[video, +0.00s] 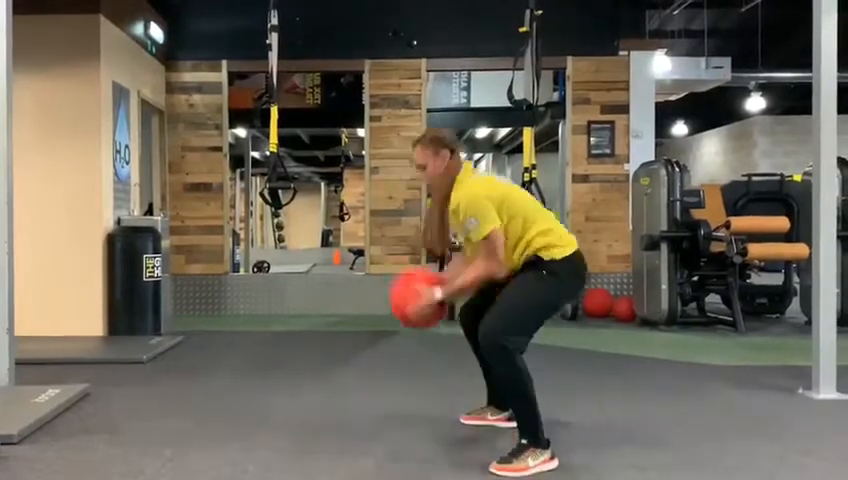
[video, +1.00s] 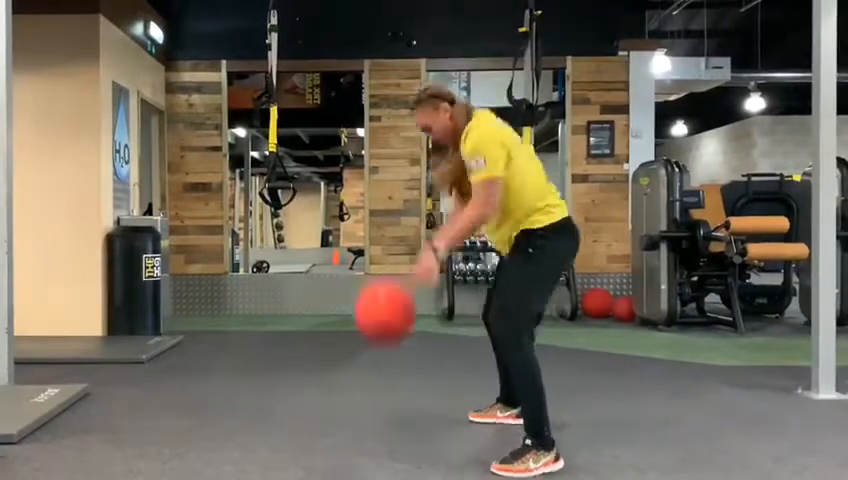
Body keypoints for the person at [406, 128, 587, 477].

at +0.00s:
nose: (422, 177)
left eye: (424, 167)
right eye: (419, 169)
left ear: (446, 158)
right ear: (444, 161)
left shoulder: (471, 194)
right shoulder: (460, 196)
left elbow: (494, 262)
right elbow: (466, 255)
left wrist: (444, 292)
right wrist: (437, 288)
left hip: (557, 264)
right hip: (534, 263)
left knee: (498, 337)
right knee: (474, 317)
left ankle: (536, 446)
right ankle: (502, 407)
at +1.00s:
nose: (430, 138)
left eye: (429, 128)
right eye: (426, 131)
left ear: (447, 111)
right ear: (446, 113)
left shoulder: (482, 134)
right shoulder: (470, 137)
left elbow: (485, 204)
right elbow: (468, 201)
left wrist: (438, 247)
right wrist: (440, 243)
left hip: (548, 235)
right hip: (528, 237)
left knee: (509, 324)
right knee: (495, 317)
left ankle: (541, 445)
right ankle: (512, 403)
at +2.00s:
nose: (385, 326)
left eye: (380, 320)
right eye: (378, 322)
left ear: (389, 301)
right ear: (392, 292)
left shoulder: (443, 304)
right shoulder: (432, 297)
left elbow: (456, 377)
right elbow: (448, 366)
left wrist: (451, 446)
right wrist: (440, 416)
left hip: (554, 343)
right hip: (550, 339)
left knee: (636, 405)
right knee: (628, 388)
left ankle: (756, 411)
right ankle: (712, 390)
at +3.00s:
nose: (437, 123)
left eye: (439, 113)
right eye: (434, 115)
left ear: (464, 101)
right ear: (460, 104)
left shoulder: (487, 135)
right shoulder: (472, 137)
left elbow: (483, 204)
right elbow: (468, 199)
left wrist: (422, 209)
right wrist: (424, 214)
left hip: (533, 243)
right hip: (509, 244)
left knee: (486, 335)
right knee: (465, 316)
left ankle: (527, 448)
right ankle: (497, 407)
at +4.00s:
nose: (414, 187)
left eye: (413, 178)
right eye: (409, 182)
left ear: (431, 160)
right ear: (428, 163)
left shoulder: (472, 181)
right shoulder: (459, 183)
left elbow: (487, 251)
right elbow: (480, 246)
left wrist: (461, 307)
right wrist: (473, 302)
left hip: (558, 260)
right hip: (531, 260)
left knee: (502, 342)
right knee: (488, 317)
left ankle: (552, 453)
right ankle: (514, 399)